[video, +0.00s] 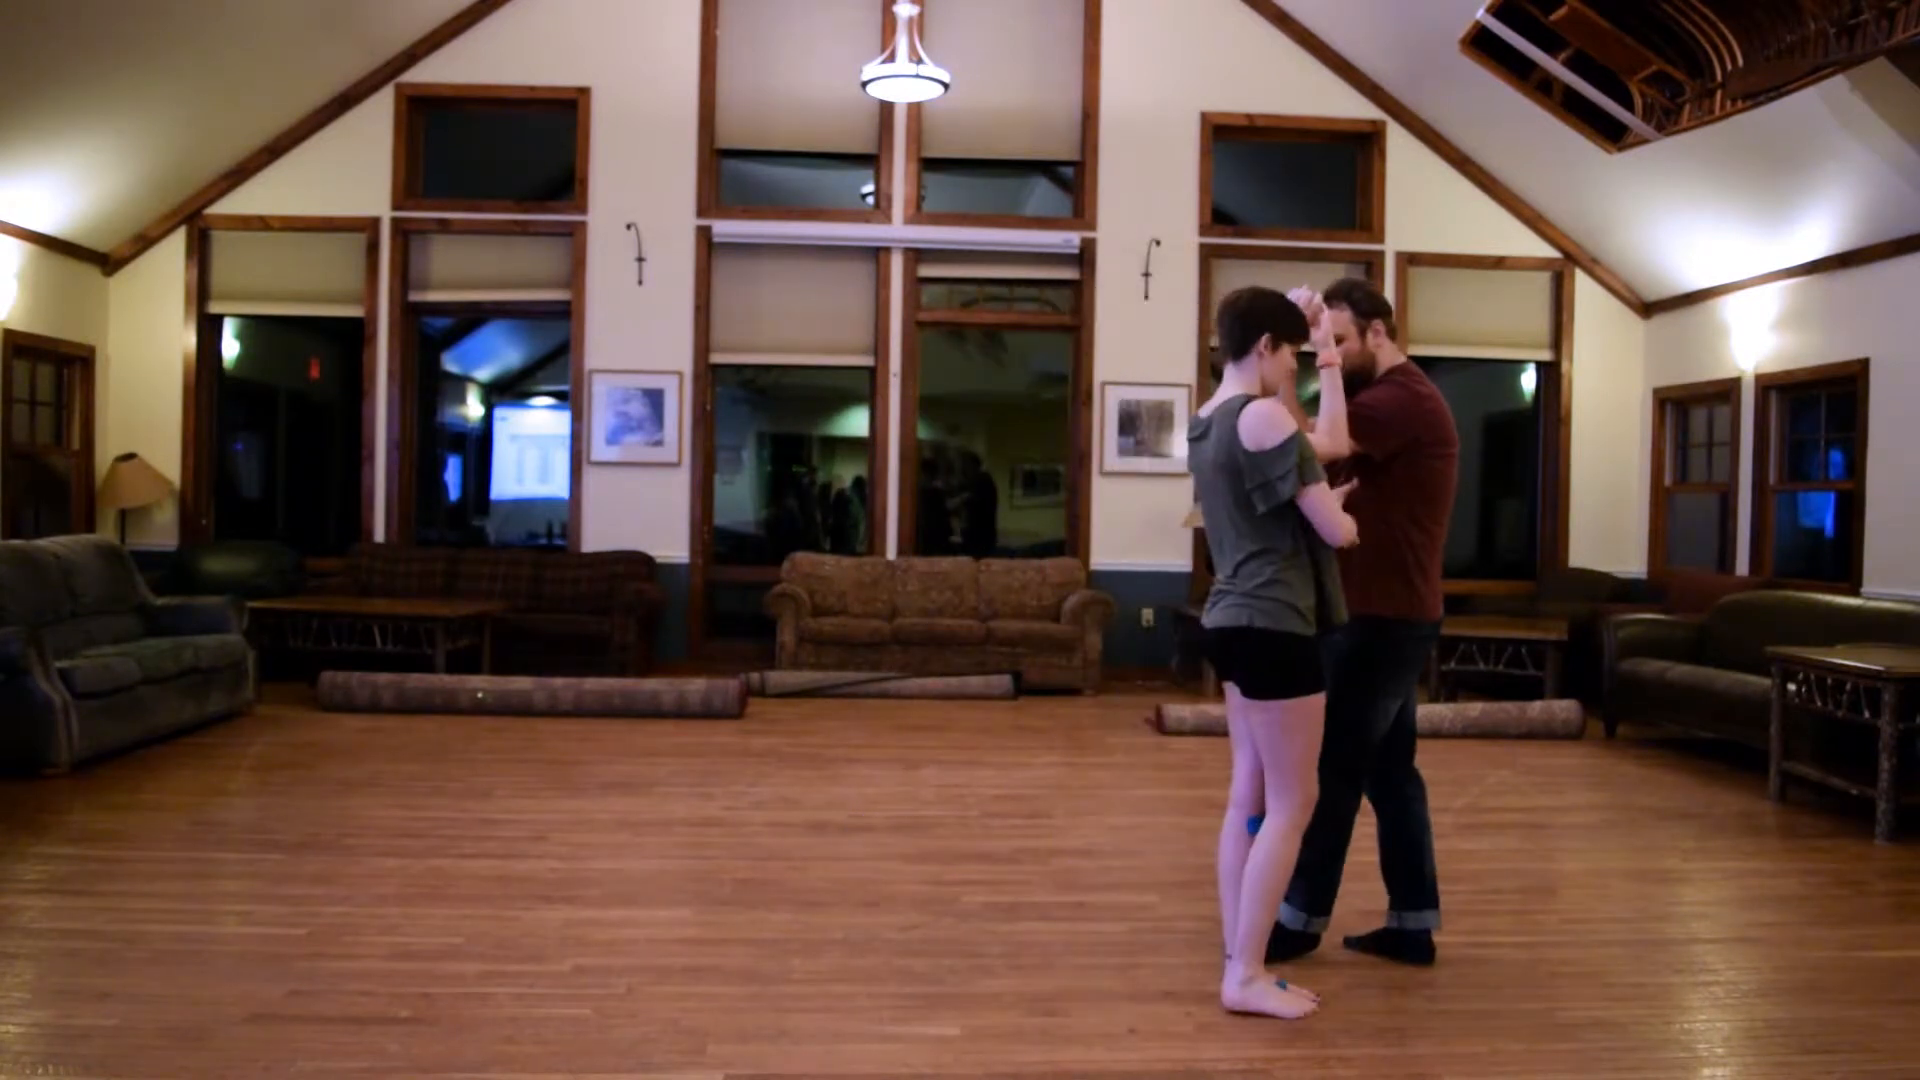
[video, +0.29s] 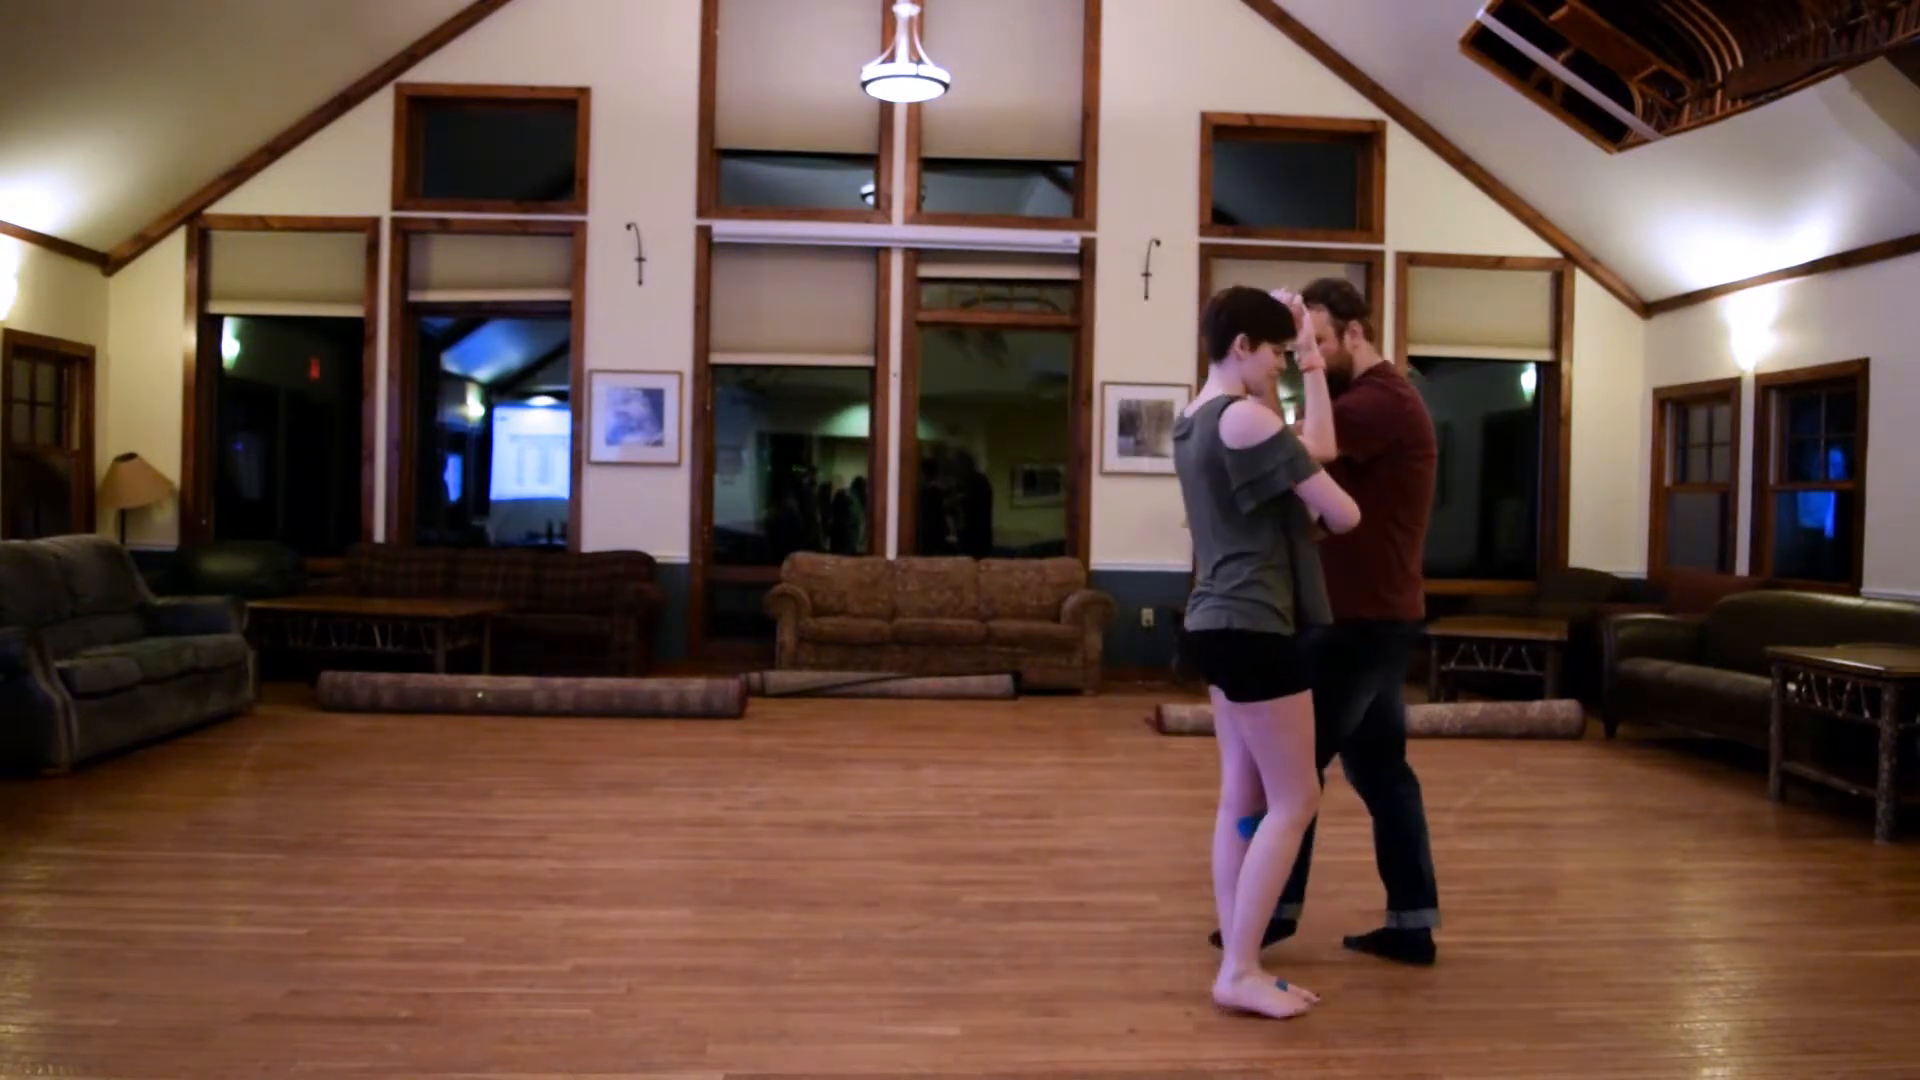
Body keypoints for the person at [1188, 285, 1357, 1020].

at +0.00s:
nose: (1301, 362)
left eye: (1301, 349)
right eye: (1296, 349)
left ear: (1235, 349)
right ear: (1267, 348)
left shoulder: (1208, 419)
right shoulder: (1266, 417)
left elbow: (1329, 442)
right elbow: (1335, 529)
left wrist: (1327, 360)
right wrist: (1336, 508)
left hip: (1232, 620)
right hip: (1278, 627)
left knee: (1248, 798)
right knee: (1289, 804)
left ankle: (1239, 964)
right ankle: (1247, 977)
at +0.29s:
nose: (1283, 367)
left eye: (1285, 354)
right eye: (1279, 353)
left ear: (1225, 349)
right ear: (1245, 347)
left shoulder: (1192, 421)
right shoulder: (1246, 419)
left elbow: (1308, 457)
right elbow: (1343, 512)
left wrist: (1315, 372)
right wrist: (1300, 508)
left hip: (1215, 624)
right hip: (1259, 628)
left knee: (1241, 800)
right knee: (1293, 802)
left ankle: (1237, 961)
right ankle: (1240, 974)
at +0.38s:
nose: (1293, 358)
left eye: (1304, 342)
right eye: (1290, 344)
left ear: (1342, 337)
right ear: (1335, 340)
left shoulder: (1365, 405)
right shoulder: (1362, 397)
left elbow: (1276, 469)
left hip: (1345, 622)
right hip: (1367, 619)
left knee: (1288, 767)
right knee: (1375, 767)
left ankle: (1262, 916)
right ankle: (1411, 922)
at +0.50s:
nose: (1267, 361)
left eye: (1278, 346)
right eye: (1263, 348)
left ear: (1317, 341)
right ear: (1307, 346)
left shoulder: (1340, 408)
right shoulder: (1331, 400)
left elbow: (1248, 470)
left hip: (1316, 628)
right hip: (1339, 624)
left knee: (1276, 778)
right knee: (1344, 766)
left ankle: (1263, 929)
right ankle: (1407, 920)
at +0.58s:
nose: (1244, 359)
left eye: (1255, 343)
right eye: (1241, 345)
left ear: (1297, 338)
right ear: (1291, 341)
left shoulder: (1320, 406)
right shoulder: (1313, 398)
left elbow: (1229, 464)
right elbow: (1238, 472)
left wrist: (1241, 376)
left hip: (1298, 623)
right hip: (1310, 619)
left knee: (1259, 771)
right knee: (1307, 768)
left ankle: (1261, 927)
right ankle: (1392, 901)